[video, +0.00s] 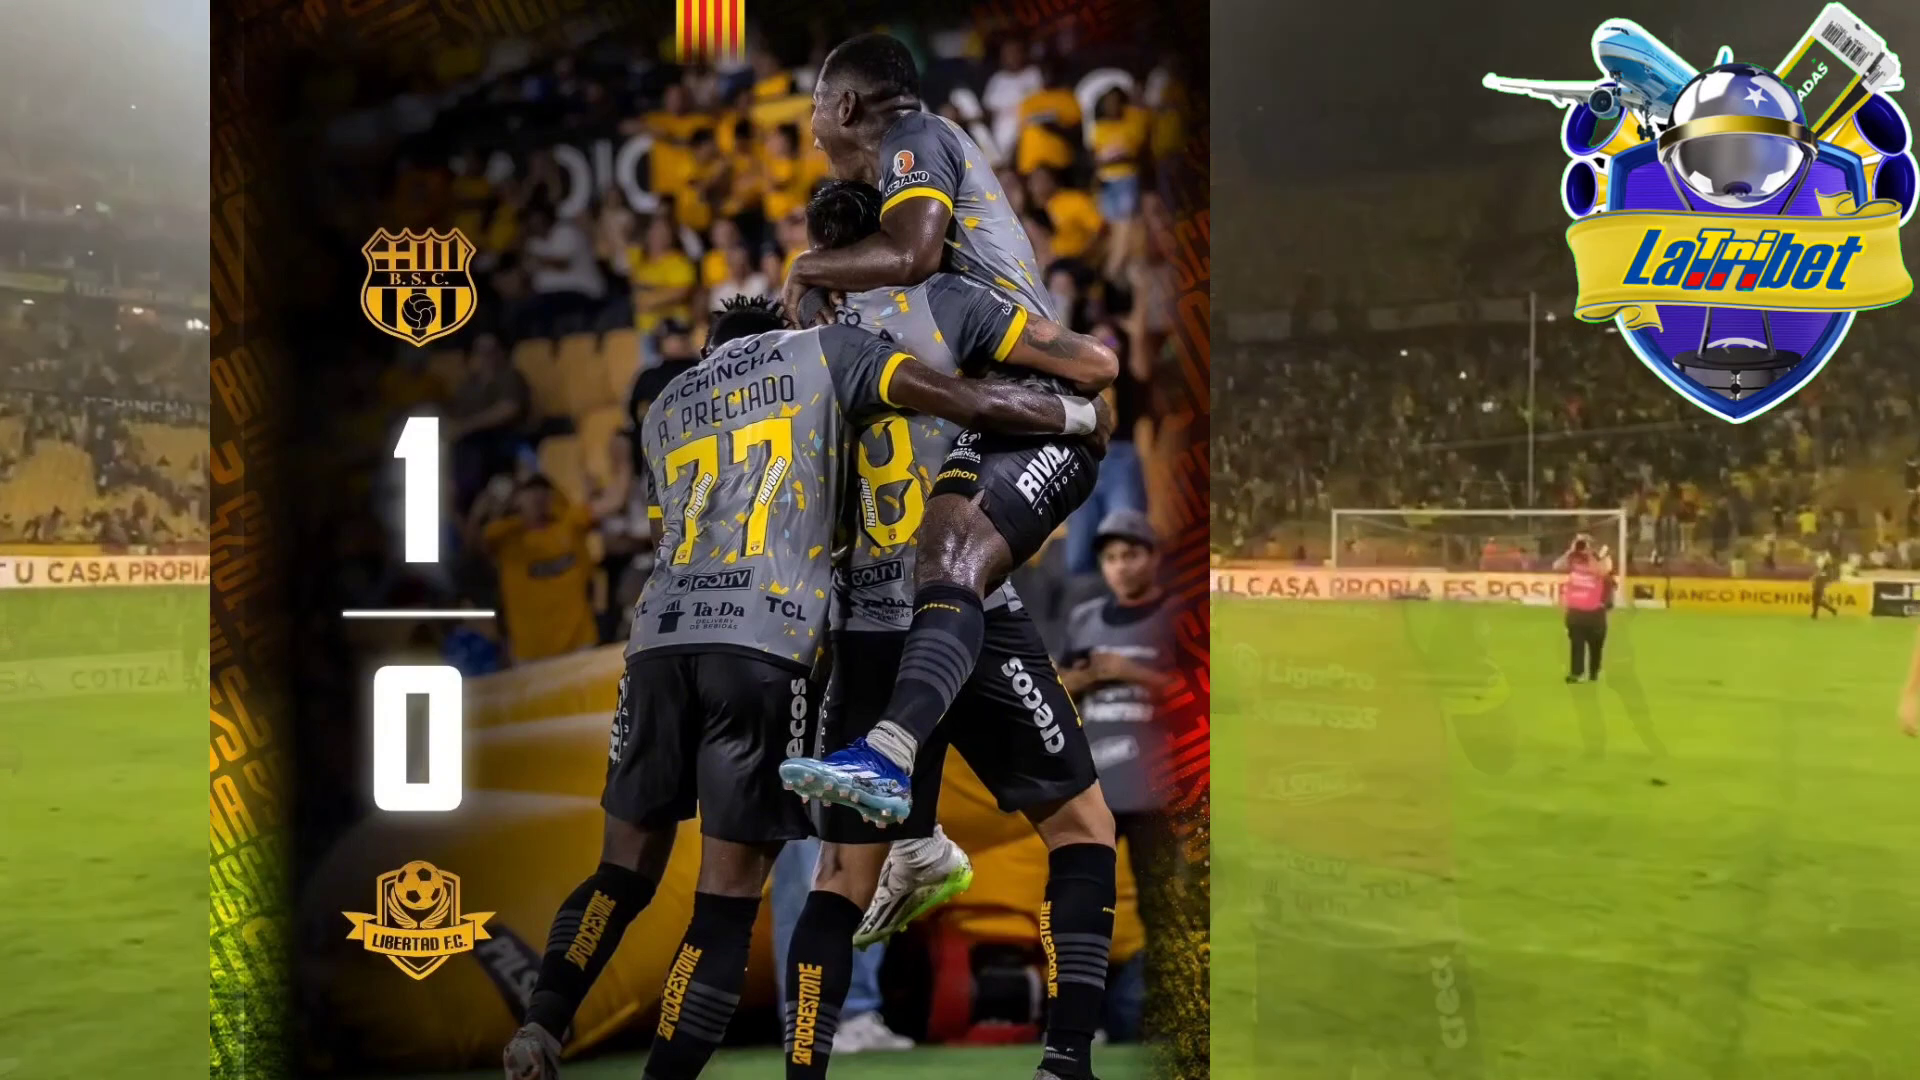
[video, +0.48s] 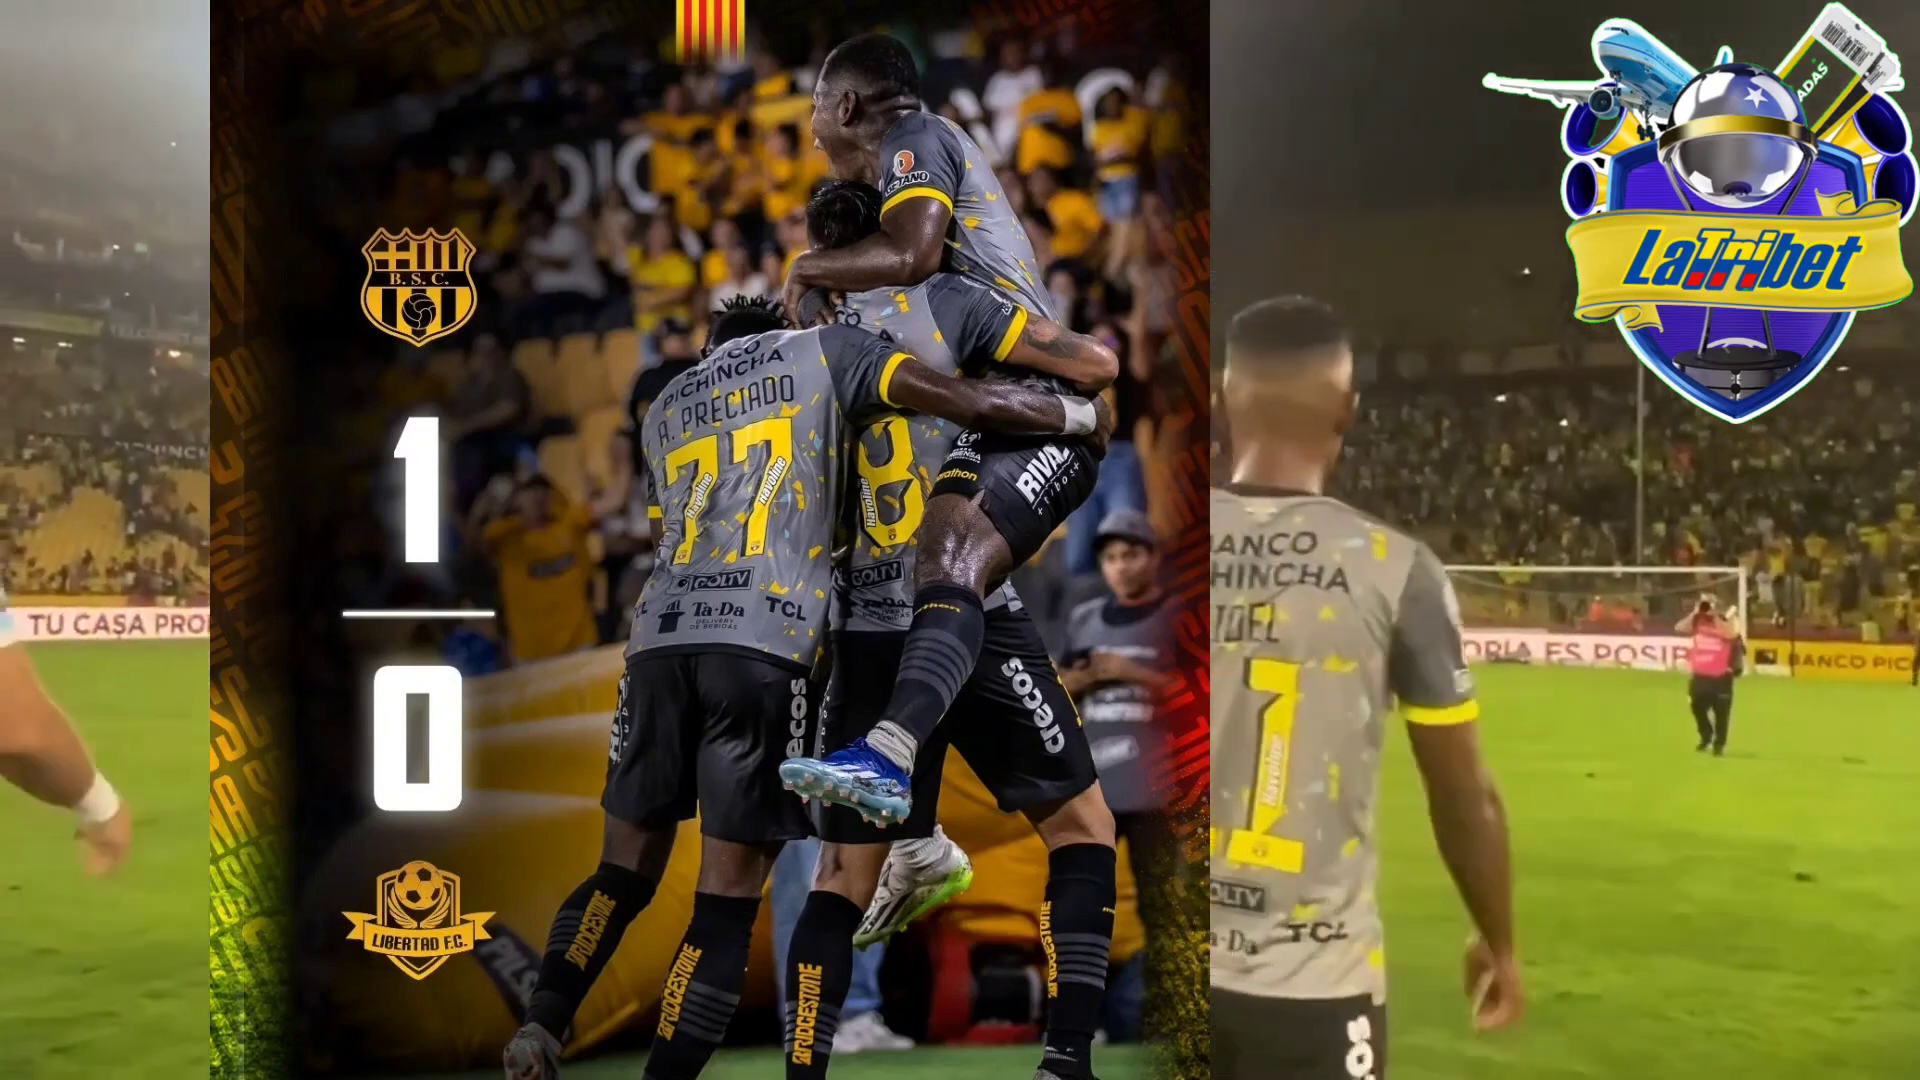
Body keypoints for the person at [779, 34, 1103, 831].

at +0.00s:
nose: (817, 129)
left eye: (821, 110)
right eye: (815, 112)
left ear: (856, 101)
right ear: (879, 103)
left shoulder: (915, 134)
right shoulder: (906, 160)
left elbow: (914, 249)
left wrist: (806, 265)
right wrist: (817, 295)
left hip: (1043, 399)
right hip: (983, 397)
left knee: (953, 554)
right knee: (900, 566)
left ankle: (888, 757)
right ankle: (916, 835)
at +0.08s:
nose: (815, 127)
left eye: (821, 108)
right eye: (815, 110)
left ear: (855, 102)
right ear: (880, 103)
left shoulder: (913, 133)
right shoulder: (903, 159)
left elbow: (914, 249)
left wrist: (807, 265)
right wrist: (811, 295)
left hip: (1043, 403)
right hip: (979, 402)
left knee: (953, 556)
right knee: (898, 565)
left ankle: (888, 758)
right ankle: (916, 836)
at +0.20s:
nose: (816, 127)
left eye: (821, 108)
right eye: (815, 110)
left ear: (856, 101)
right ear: (880, 103)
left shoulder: (913, 133)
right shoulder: (902, 160)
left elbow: (913, 250)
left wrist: (807, 264)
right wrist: (806, 300)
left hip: (1044, 401)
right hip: (984, 397)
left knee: (952, 557)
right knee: (901, 569)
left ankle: (889, 755)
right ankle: (915, 837)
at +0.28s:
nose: (814, 125)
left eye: (820, 105)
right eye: (814, 107)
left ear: (856, 101)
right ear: (879, 103)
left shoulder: (913, 133)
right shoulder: (900, 164)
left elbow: (913, 250)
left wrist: (806, 264)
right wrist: (806, 300)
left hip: (1045, 404)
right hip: (979, 401)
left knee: (952, 556)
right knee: (899, 571)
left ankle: (889, 756)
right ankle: (915, 837)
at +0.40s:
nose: (817, 128)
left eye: (822, 109)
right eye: (815, 111)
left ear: (856, 101)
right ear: (880, 102)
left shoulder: (913, 132)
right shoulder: (905, 159)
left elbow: (914, 249)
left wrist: (807, 264)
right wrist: (813, 296)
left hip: (1043, 398)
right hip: (982, 394)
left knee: (953, 554)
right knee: (898, 566)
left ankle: (889, 755)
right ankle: (915, 835)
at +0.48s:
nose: (817, 130)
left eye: (822, 111)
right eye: (815, 113)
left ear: (856, 101)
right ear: (879, 103)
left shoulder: (914, 133)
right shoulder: (906, 160)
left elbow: (914, 249)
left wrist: (806, 265)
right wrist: (817, 293)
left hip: (1042, 399)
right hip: (983, 397)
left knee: (953, 554)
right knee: (900, 566)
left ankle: (888, 757)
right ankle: (916, 835)